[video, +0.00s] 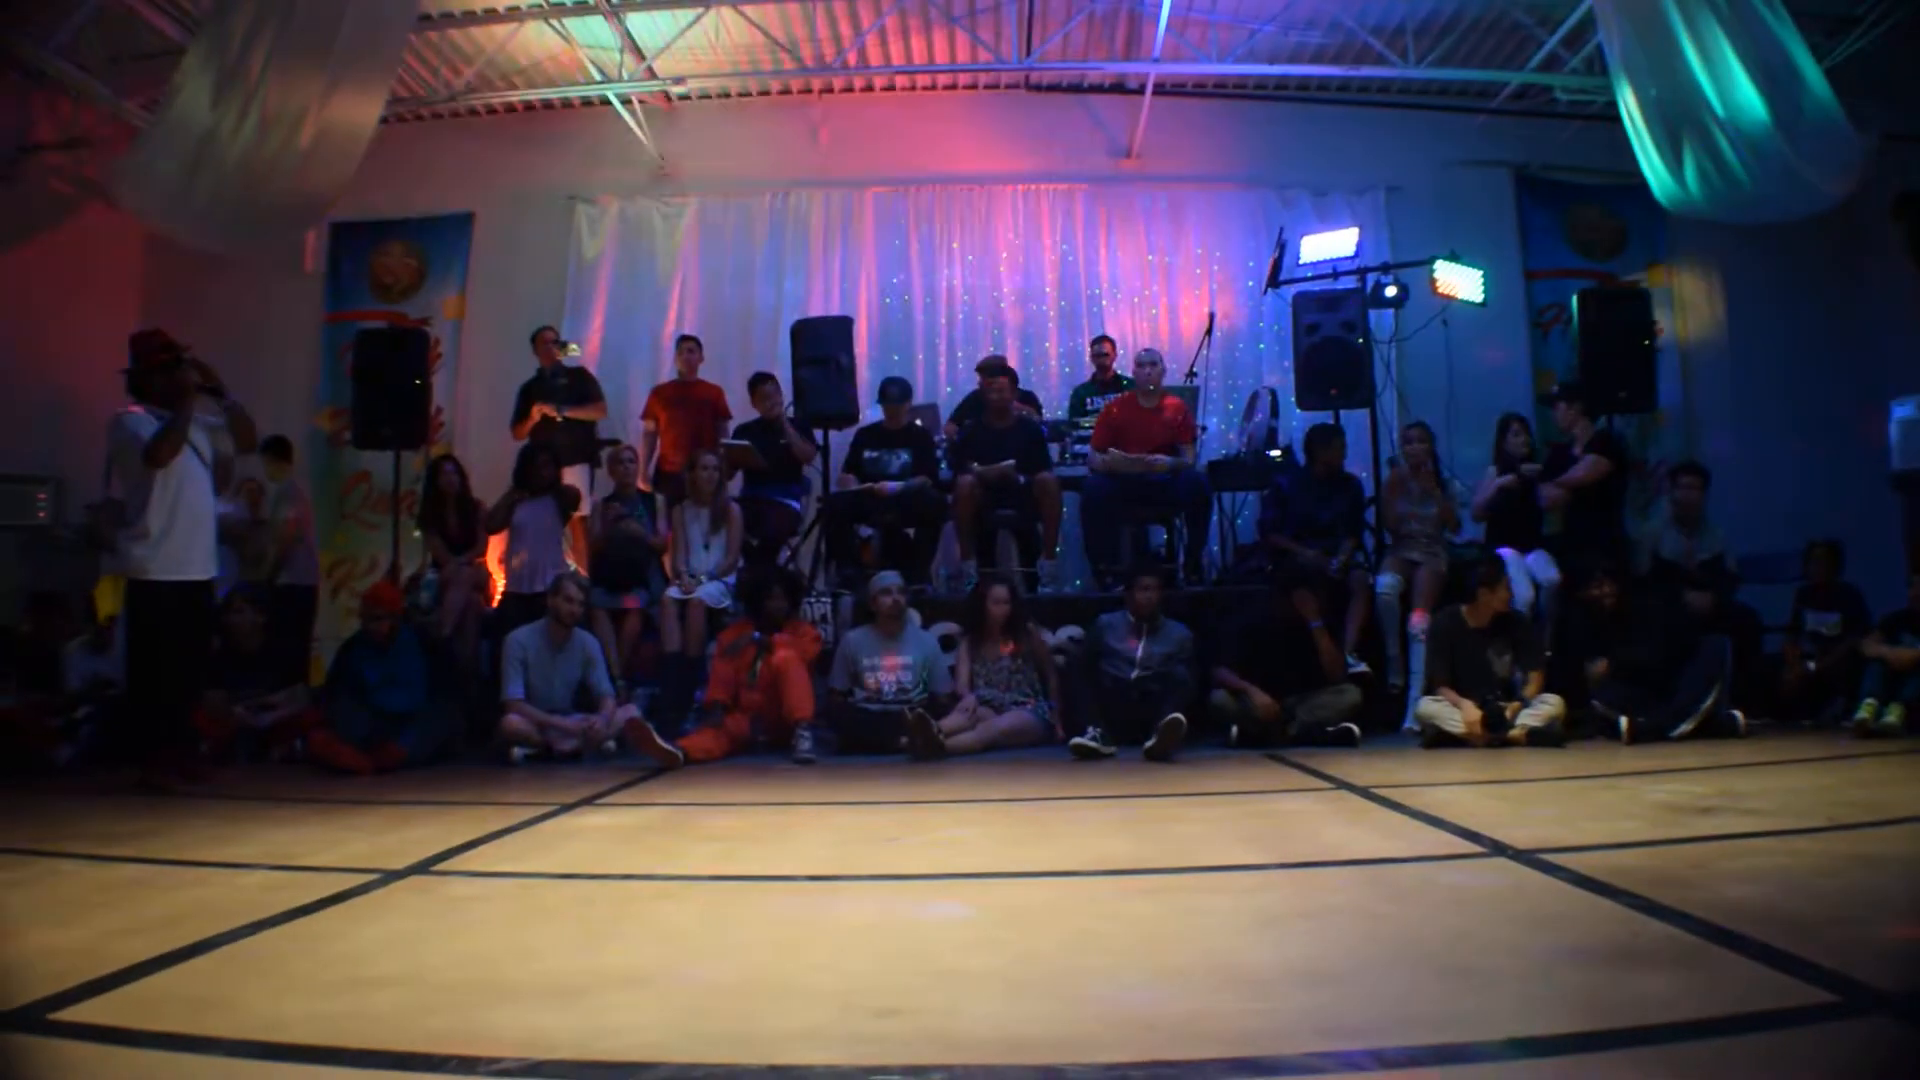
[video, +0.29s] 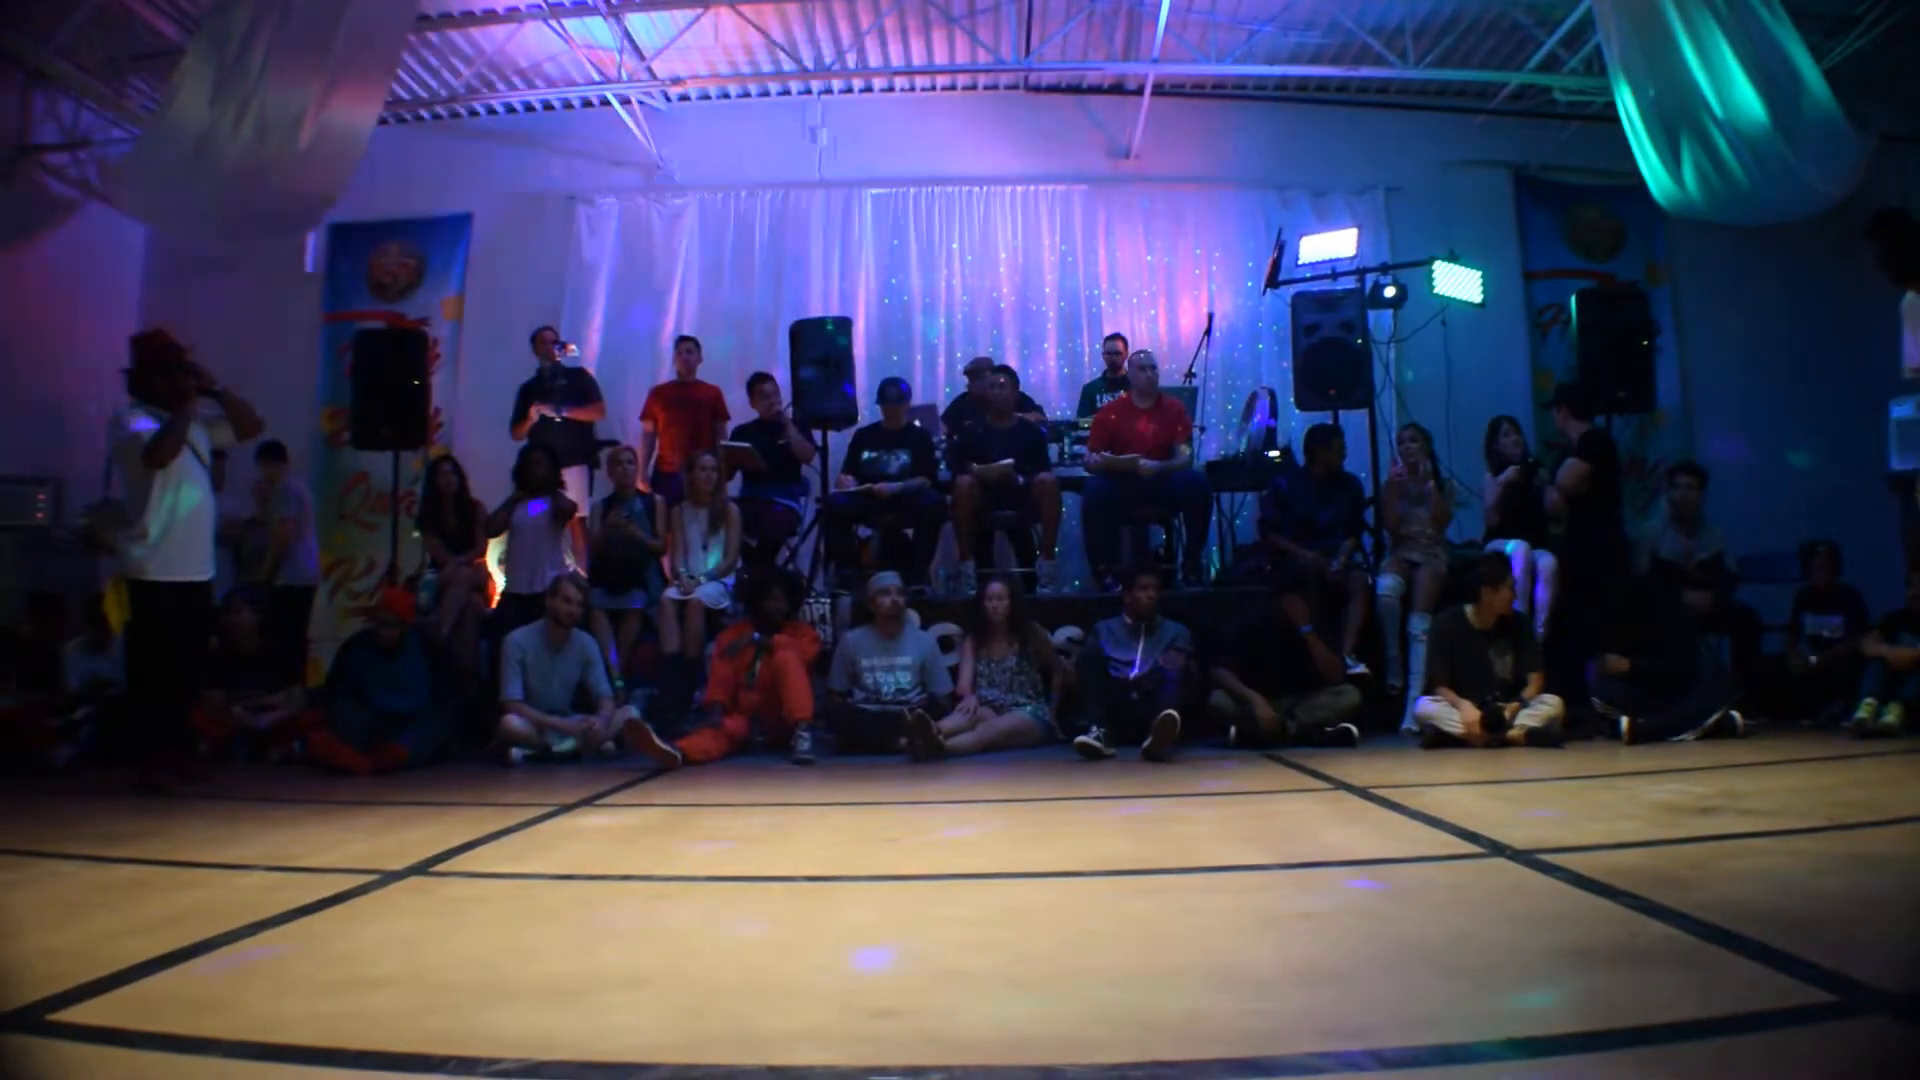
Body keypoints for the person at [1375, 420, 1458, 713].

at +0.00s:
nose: (1414, 448)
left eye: (1421, 442)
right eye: (1408, 442)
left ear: (1431, 447)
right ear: (1401, 448)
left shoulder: (1443, 482)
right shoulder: (1395, 480)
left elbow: (1453, 524)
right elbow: (1389, 523)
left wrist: (1433, 487)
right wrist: (1394, 486)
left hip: (1432, 549)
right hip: (1401, 547)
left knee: (1419, 623)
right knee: (1385, 590)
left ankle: (1416, 702)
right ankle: (1394, 668)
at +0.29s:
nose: (1408, 448)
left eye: (1414, 442)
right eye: (1403, 443)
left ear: (1427, 446)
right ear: (1397, 450)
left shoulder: (1441, 484)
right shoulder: (1392, 484)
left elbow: (1441, 520)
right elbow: (1390, 524)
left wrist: (1430, 484)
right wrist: (1394, 485)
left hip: (1430, 549)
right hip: (1400, 548)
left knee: (1419, 625)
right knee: (1386, 591)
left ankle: (1414, 709)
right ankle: (1393, 666)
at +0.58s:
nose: (1408, 450)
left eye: (1413, 444)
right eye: (1402, 446)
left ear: (1425, 449)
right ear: (1396, 452)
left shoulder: (1439, 481)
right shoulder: (1390, 485)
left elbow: (1440, 532)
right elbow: (1387, 535)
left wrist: (1439, 496)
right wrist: (1386, 507)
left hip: (1427, 551)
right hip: (1397, 551)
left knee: (1417, 627)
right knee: (1383, 593)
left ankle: (1413, 710)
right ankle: (1392, 668)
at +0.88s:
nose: (1400, 455)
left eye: (1406, 449)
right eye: (1394, 450)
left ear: (1418, 453)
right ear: (1388, 456)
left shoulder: (1435, 489)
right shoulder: (1382, 493)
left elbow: (1443, 531)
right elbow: (1379, 536)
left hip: (1425, 555)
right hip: (1393, 554)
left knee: (1414, 628)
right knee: (1380, 596)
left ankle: (1409, 712)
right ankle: (1388, 669)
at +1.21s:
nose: (1398, 454)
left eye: (1404, 448)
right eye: (1392, 449)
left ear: (1415, 453)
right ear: (1386, 455)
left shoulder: (1433, 489)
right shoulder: (1379, 492)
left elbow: (1444, 532)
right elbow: (1375, 532)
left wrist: (1418, 549)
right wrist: (1393, 543)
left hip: (1422, 557)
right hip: (1390, 556)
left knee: (1411, 629)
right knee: (1378, 597)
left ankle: (1408, 700)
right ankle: (1385, 668)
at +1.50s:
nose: (1404, 457)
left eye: (1411, 451)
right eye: (1399, 451)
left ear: (1423, 454)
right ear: (1394, 455)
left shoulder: (1437, 491)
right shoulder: (1383, 492)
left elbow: (1443, 531)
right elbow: (1375, 533)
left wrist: (1416, 549)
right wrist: (1391, 547)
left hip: (1422, 557)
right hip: (1389, 557)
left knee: (1410, 625)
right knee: (1378, 596)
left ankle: (1408, 685)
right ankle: (1385, 669)